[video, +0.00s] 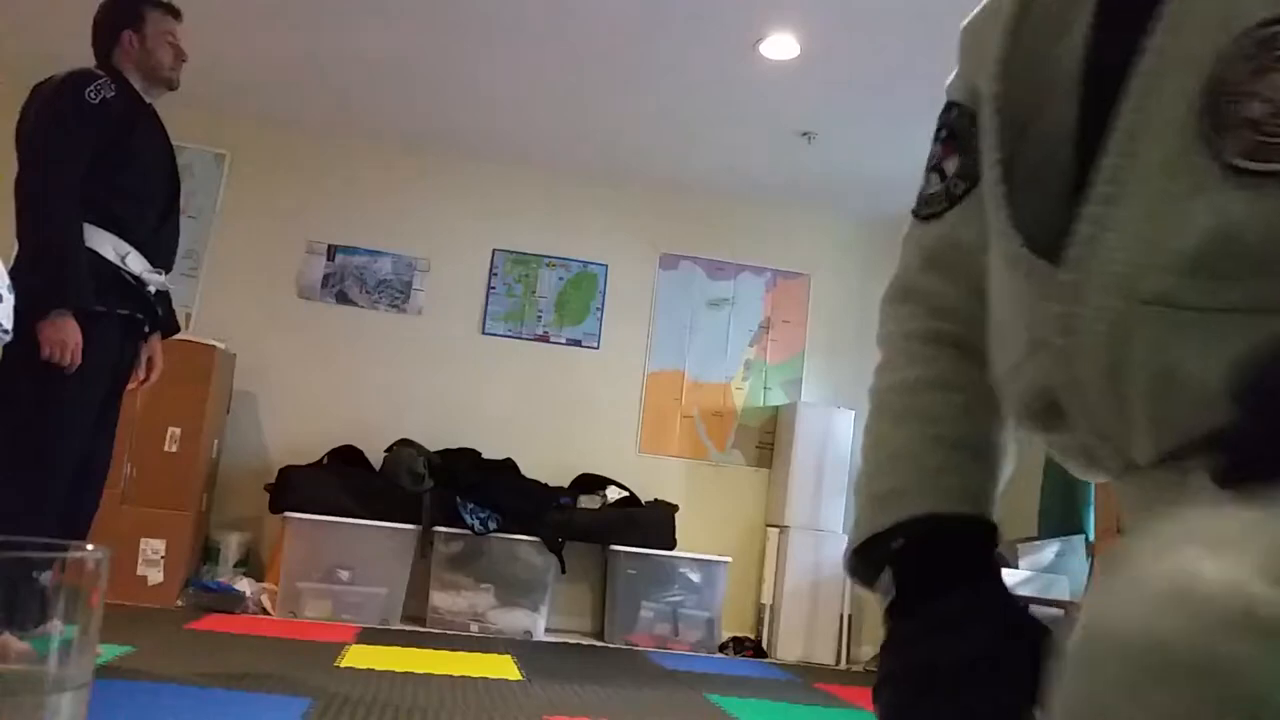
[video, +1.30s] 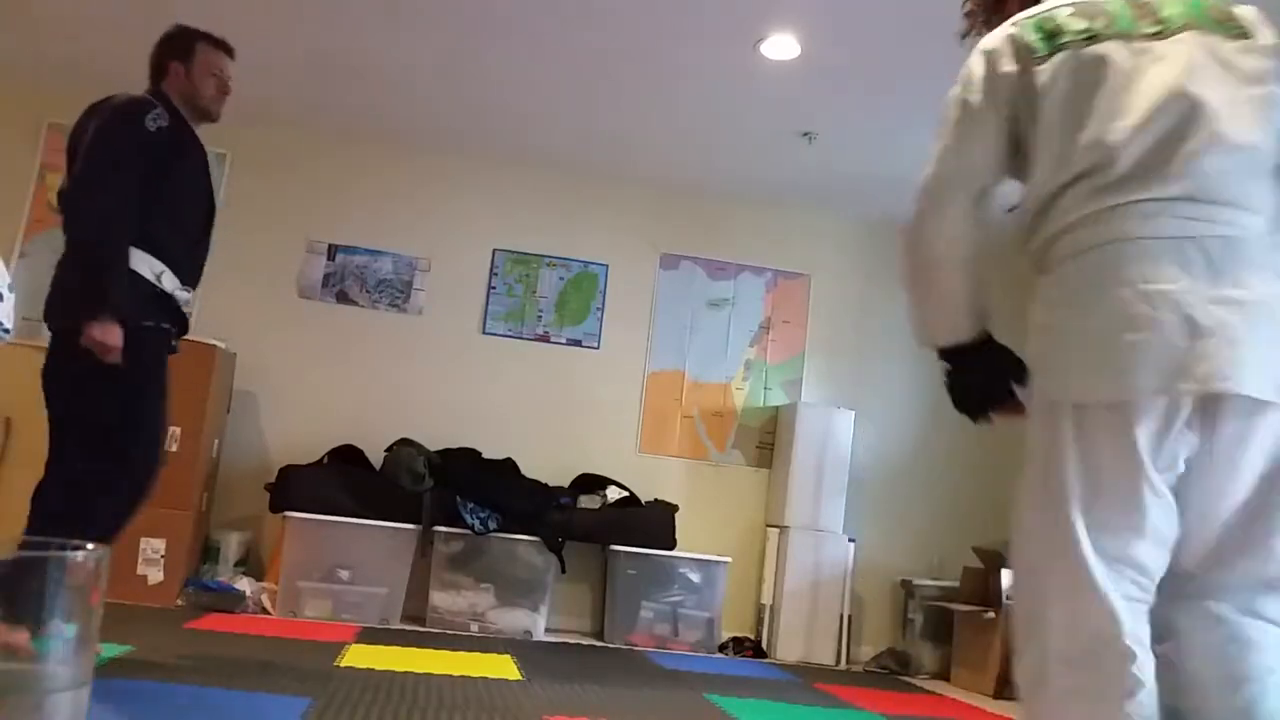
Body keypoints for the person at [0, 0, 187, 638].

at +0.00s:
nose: (183, 51)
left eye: (182, 40)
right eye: (171, 37)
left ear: (139, 45)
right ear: (130, 41)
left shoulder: (149, 126)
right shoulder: (73, 95)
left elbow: (147, 237)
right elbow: (47, 203)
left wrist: (154, 323)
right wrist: (55, 306)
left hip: (113, 325)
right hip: (62, 317)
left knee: (80, 477)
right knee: (37, 469)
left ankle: (39, 614)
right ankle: (9, 619)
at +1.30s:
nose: (227, 89)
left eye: (230, 80)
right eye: (217, 75)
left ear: (190, 80)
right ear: (175, 71)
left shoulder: (173, 138)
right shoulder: (137, 120)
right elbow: (104, 212)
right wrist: (102, 310)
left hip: (131, 330)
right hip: (114, 328)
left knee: (90, 466)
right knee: (123, 465)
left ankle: (38, 605)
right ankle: (28, 601)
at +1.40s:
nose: (238, 97)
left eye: (241, 88)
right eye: (229, 84)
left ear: (194, 86)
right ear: (188, 79)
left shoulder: (179, 141)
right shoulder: (150, 123)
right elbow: (115, 214)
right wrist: (116, 312)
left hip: (113, 318)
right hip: (133, 317)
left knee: (77, 458)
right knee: (170, 453)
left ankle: (34, 590)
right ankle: (64, 593)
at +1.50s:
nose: (252, 107)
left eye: (255, 99)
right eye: (243, 94)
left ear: (213, 94)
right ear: (204, 86)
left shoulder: (203, 152)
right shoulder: (163, 130)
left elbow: (170, 246)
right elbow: (122, 220)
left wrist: (176, 325)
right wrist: (122, 319)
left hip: (137, 330)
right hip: (151, 332)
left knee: (83, 475)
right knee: (188, 469)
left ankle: (28, 617)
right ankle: (135, 625)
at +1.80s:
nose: (311, 130)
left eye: (313, 119)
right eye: (304, 115)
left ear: (266, 112)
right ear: (265, 106)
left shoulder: (213, 147)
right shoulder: (238, 150)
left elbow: (170, 230)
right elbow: (197, 228)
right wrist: (189, 330)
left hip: (167, 331)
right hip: (213, 337)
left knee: (113, 480)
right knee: (241, 493)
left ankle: (30, 614)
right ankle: (223, 646)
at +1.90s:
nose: (335, 134)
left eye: (338, 124)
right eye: (329, 119)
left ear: (286, 113)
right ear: (290, 109)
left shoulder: (233, 147)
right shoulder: (267, 153)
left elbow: (198, 234)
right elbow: (236, 235)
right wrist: (233, 333)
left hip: (180, 317)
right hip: (229, 325)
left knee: (151, 472)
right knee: (252, 489)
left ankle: (64, 614)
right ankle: (227, 647)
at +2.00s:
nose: (356, 137)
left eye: (360, 127)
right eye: (349, 122)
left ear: (306, 118)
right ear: (314, 113)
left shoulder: (251, 150)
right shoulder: (290, 153)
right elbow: (277, 241)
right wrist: (288, 336)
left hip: (191, 314)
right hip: (239, 317)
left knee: (183, 469)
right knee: (256, 484)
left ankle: (83, 614)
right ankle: (227, 646)